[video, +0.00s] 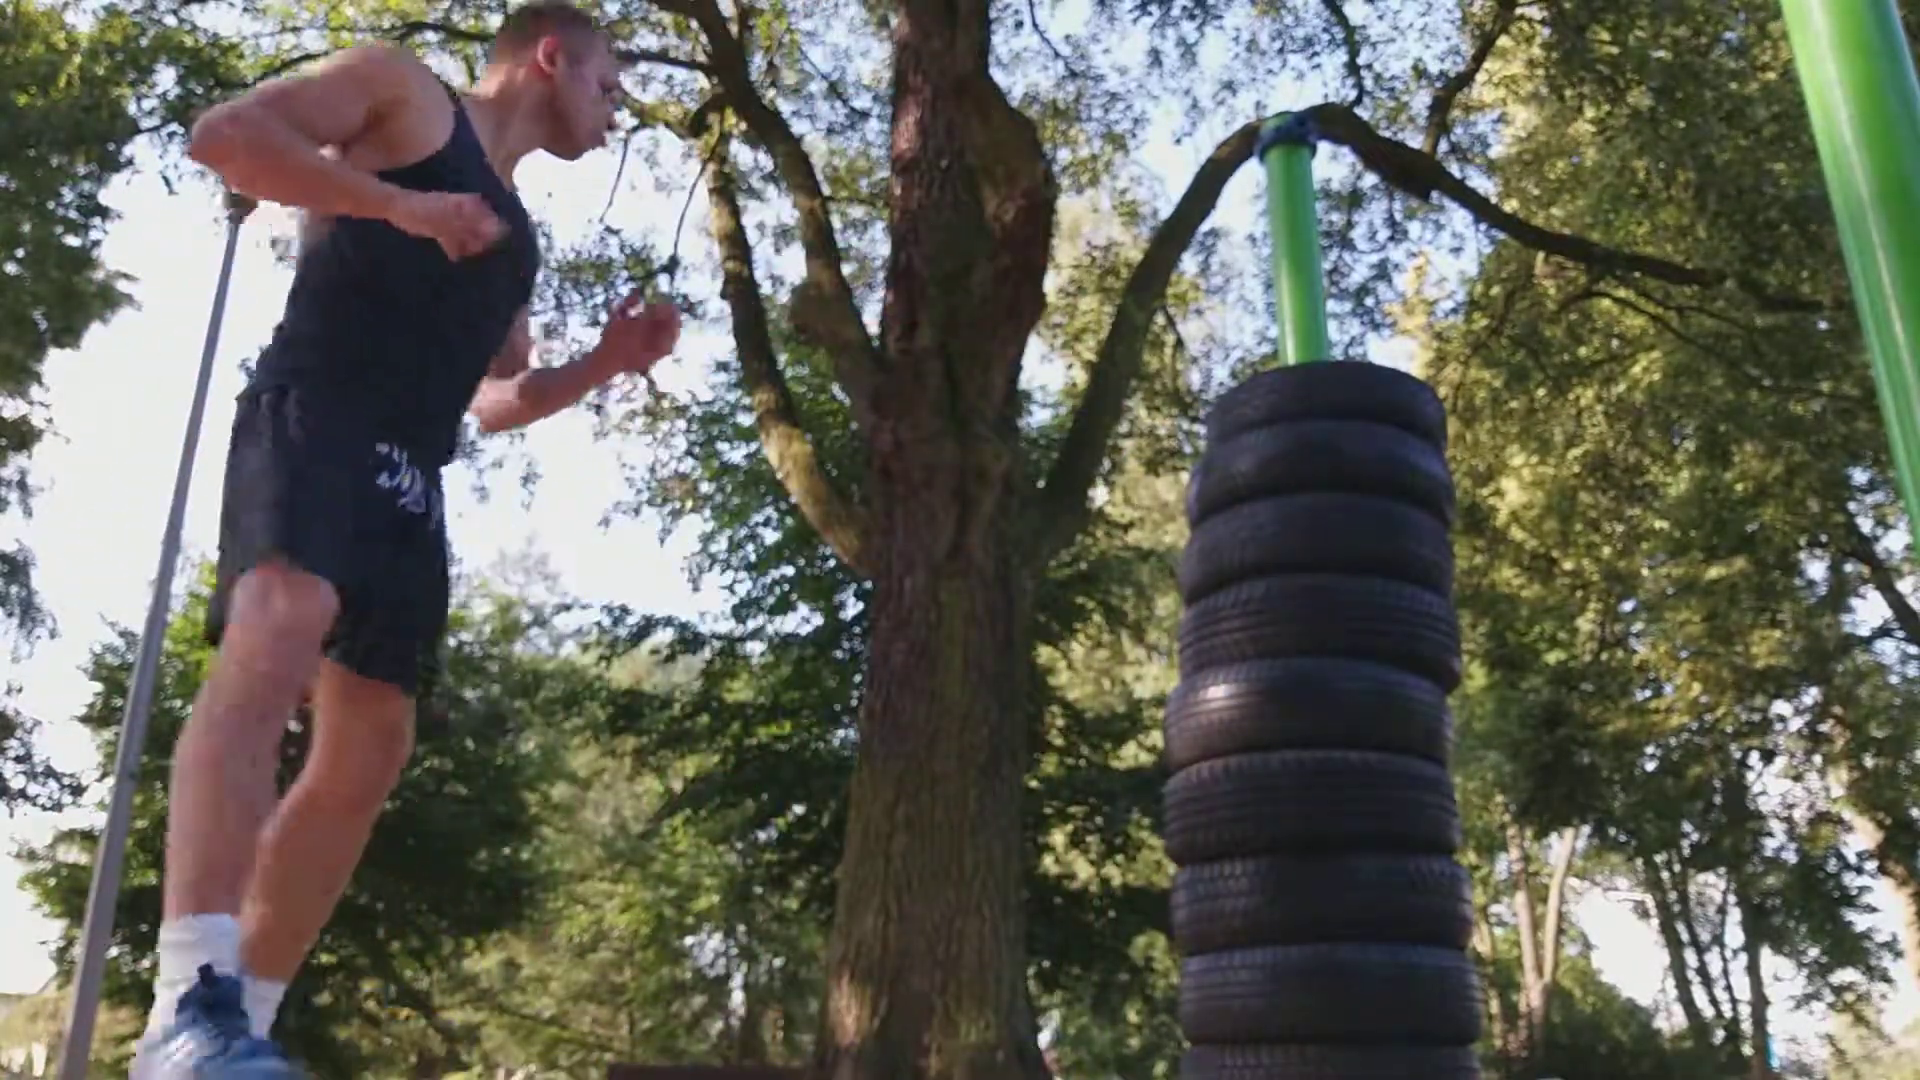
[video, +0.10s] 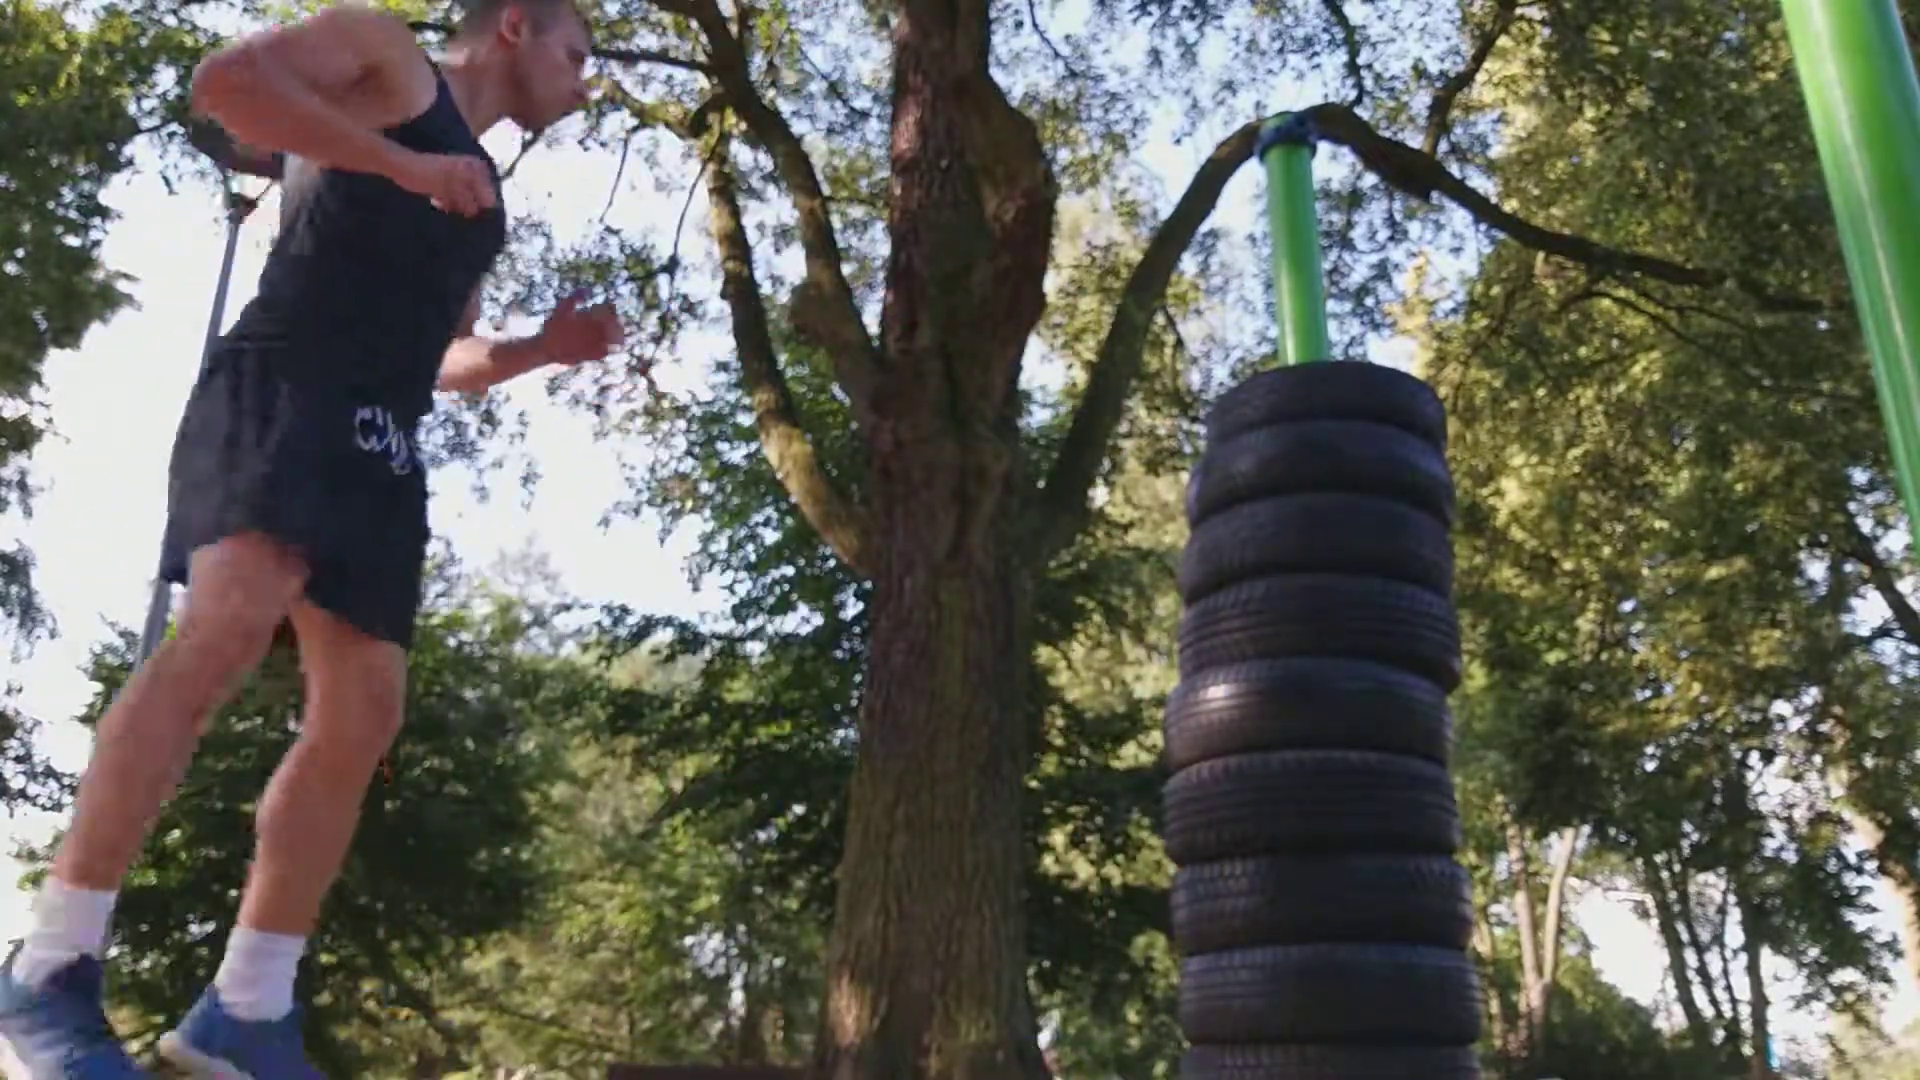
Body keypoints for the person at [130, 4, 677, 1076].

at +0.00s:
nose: (620, 99)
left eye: (622, 83)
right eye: (610, 73)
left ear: (553, 70)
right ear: (549, 58)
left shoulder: (517, 243)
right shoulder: (402, 84)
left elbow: (495, 398)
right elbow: (227, 135)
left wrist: (602, 362)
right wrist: (401, 202)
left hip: (410, 477)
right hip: (311, 422)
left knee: (363, 755)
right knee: (272, 648)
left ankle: (239, 1029)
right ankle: (190, 1008)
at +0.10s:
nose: (585, 79)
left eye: (589, 59)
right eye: (578, 49)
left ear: (526, 42)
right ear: (512, 27)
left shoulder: (480, 192)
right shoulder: (389, 50)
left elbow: (429, 362)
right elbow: (230, 80)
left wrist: (540, 348)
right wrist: (402, 160)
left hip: (381, 440)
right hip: (280, 393)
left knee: (358, 715)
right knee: (222, 635)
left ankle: (244, 1010)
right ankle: (49, 976)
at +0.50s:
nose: (525, 143)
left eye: (531, 127)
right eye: (520, 117)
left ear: (463, 104)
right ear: (455, 88)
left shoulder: (432, 229)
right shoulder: (328, 114)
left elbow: (364, 390)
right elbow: (243, 227)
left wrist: (467, 395)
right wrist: (423, 273)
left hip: (365, 508)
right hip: (261, 483)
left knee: (424, 741)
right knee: (142, 703)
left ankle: (343, 1011)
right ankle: (3, 934)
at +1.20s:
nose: (502, 176)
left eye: (509, 160)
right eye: (498, 149)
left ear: (448, 136)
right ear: (432, 118)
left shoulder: (435, 284)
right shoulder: (285, 165)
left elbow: (409, 434)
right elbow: (141, 278)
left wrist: (446, 434)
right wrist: (272, 358)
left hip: (350, 552)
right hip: (224, 522)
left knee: (444, 756)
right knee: (79, 734)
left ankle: (302, 1008)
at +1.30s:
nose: (534, 177)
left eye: (540, 159)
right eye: (529, 149)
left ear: (483, 137)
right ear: (468, 122)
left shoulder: (474, 284)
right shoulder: (316, 175)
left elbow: (490, 438)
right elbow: (165, 289)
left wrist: (518, 434)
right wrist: (189, 431)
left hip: (379, 547)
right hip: (266, 511)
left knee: (457, 761)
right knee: (148, 729)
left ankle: (365, 1028)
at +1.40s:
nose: (557, 228)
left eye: (559, 207)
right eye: (550, 201)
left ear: (492, 191)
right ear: (496, 182)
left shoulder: (498, 339)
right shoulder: (353, 239)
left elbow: (590, 451)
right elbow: (188, 344)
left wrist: (663, 385)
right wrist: (149, 497)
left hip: (403, 598)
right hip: (305, 563)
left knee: (476, 809)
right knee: (179, 769)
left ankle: (442, 1060)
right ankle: (5, 994)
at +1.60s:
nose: (587, 268)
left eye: (584, 258)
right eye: (579, 251)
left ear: (478, 250)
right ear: (549, 238)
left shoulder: (439, 347)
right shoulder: (531, 244)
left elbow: (410, 505)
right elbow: (546, 288)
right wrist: (684, 377)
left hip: (438, 593)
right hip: (528, 582)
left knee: (490, 844)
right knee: (645, 834)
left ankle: (436, 1068)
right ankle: (386, 913)